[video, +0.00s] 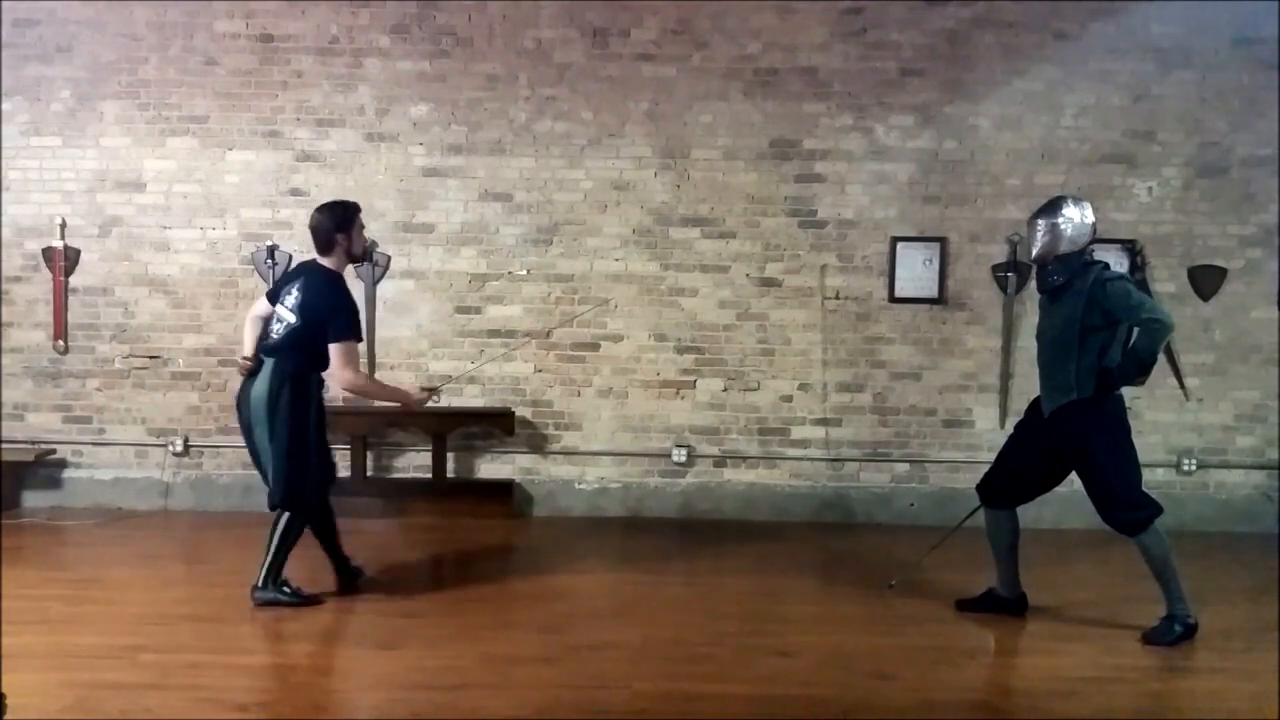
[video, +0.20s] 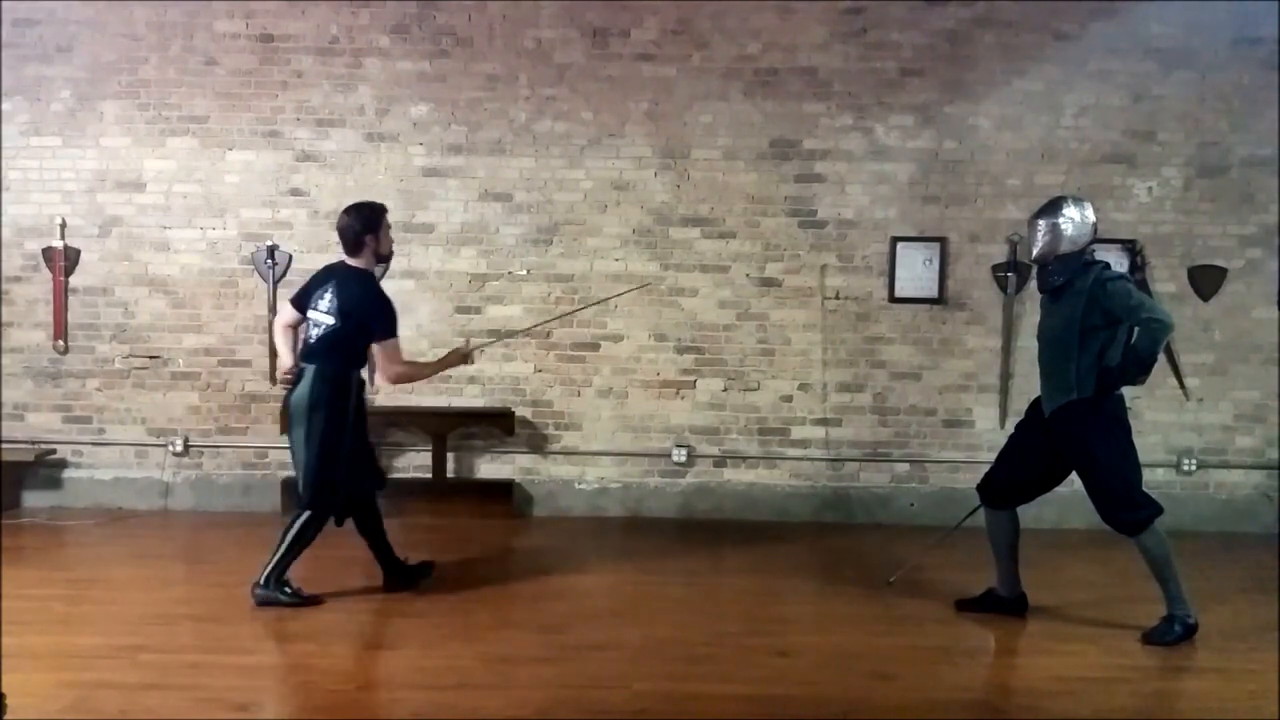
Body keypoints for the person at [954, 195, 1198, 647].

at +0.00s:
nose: (1036, 242)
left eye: (1043, 232)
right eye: (1035, 232)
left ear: (1068, 234)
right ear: (1056, 234)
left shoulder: (1101, 282)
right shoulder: (1055, 284)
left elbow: (1158, 321)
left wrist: (1127, 372)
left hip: (1095, 415)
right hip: (1052, 413)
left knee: (1130, 512)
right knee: (996, 492)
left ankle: (1180, 614)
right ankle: (1008, 593)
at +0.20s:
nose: (1036, 241)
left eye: (1045, 231)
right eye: (1036, 231)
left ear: (1070, 233)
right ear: (1054, 234)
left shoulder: (1100, 281)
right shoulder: (1057, 284)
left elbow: (1157, 321)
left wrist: (1125, 373)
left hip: (1096, 416)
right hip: (1053, 413)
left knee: (1130, 512)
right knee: (996, 492)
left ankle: (1181, 614)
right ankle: (1008, 593)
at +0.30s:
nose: (1036, 241)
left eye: (1045, 231)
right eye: (1036, 231)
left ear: (1070, 233)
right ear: (1055, 234)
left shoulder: (1100, 281)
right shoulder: (1056, 282)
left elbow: (1157, 321)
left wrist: (1126, 372)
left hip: (1095, 416)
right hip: (1053, 413)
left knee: (1131, 512)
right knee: (996, 492)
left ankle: (1181, 614)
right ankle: (1008, 593)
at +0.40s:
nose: (1038, 240)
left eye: (1047, 231)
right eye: (1038, 231)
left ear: (1072, 234)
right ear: (1052, 235)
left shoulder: (1101, 281)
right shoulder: (1057, 283)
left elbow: (1158, 321)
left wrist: (1123, 373)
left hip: (1096, 416)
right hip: (1053, 413)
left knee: (1129, 511)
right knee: (996, 492)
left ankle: (1180, 613)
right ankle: (1008, 592)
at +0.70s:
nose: (1042, 243)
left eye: (1052, 233)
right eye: (1041, 232)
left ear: (1076, 235)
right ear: (1049, 235)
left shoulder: (1106, 282)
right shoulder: (1056, 292)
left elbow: (1161, 320)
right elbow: (1059, 359)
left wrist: (1125, 373)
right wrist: (1021, 378)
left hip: (1098, 416)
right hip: (1053, 415)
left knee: (1129, 511)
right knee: (996, 492)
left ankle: (1180, 613)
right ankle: (1008, 592)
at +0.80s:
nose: (1042, 242)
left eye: (1053, 231)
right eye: (1041, 231)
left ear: (1077, 235)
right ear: (1042, 235)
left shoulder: (1105, 282)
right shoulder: (1046, 299)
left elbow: (1163, 319)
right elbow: (1008, 350)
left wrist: (1126, 370)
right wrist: (973, 345)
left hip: (1094, 414)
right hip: (1046, 414)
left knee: (1124, 513)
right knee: (981, 482)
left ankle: (1179, 613)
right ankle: (999, 579)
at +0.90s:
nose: (1031, 249)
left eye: (1040, 240)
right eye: (1031, 239)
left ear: (1064, 244)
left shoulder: (1098, 283)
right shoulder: (1027, 301)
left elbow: (1155, 318)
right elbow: (967, 326)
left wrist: (1121, 366)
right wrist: (936, 298)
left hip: (1084, 413)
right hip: (1036, 412)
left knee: (1121, 514)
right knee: (960, 465)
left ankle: (1178, 610)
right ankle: (974, 561)